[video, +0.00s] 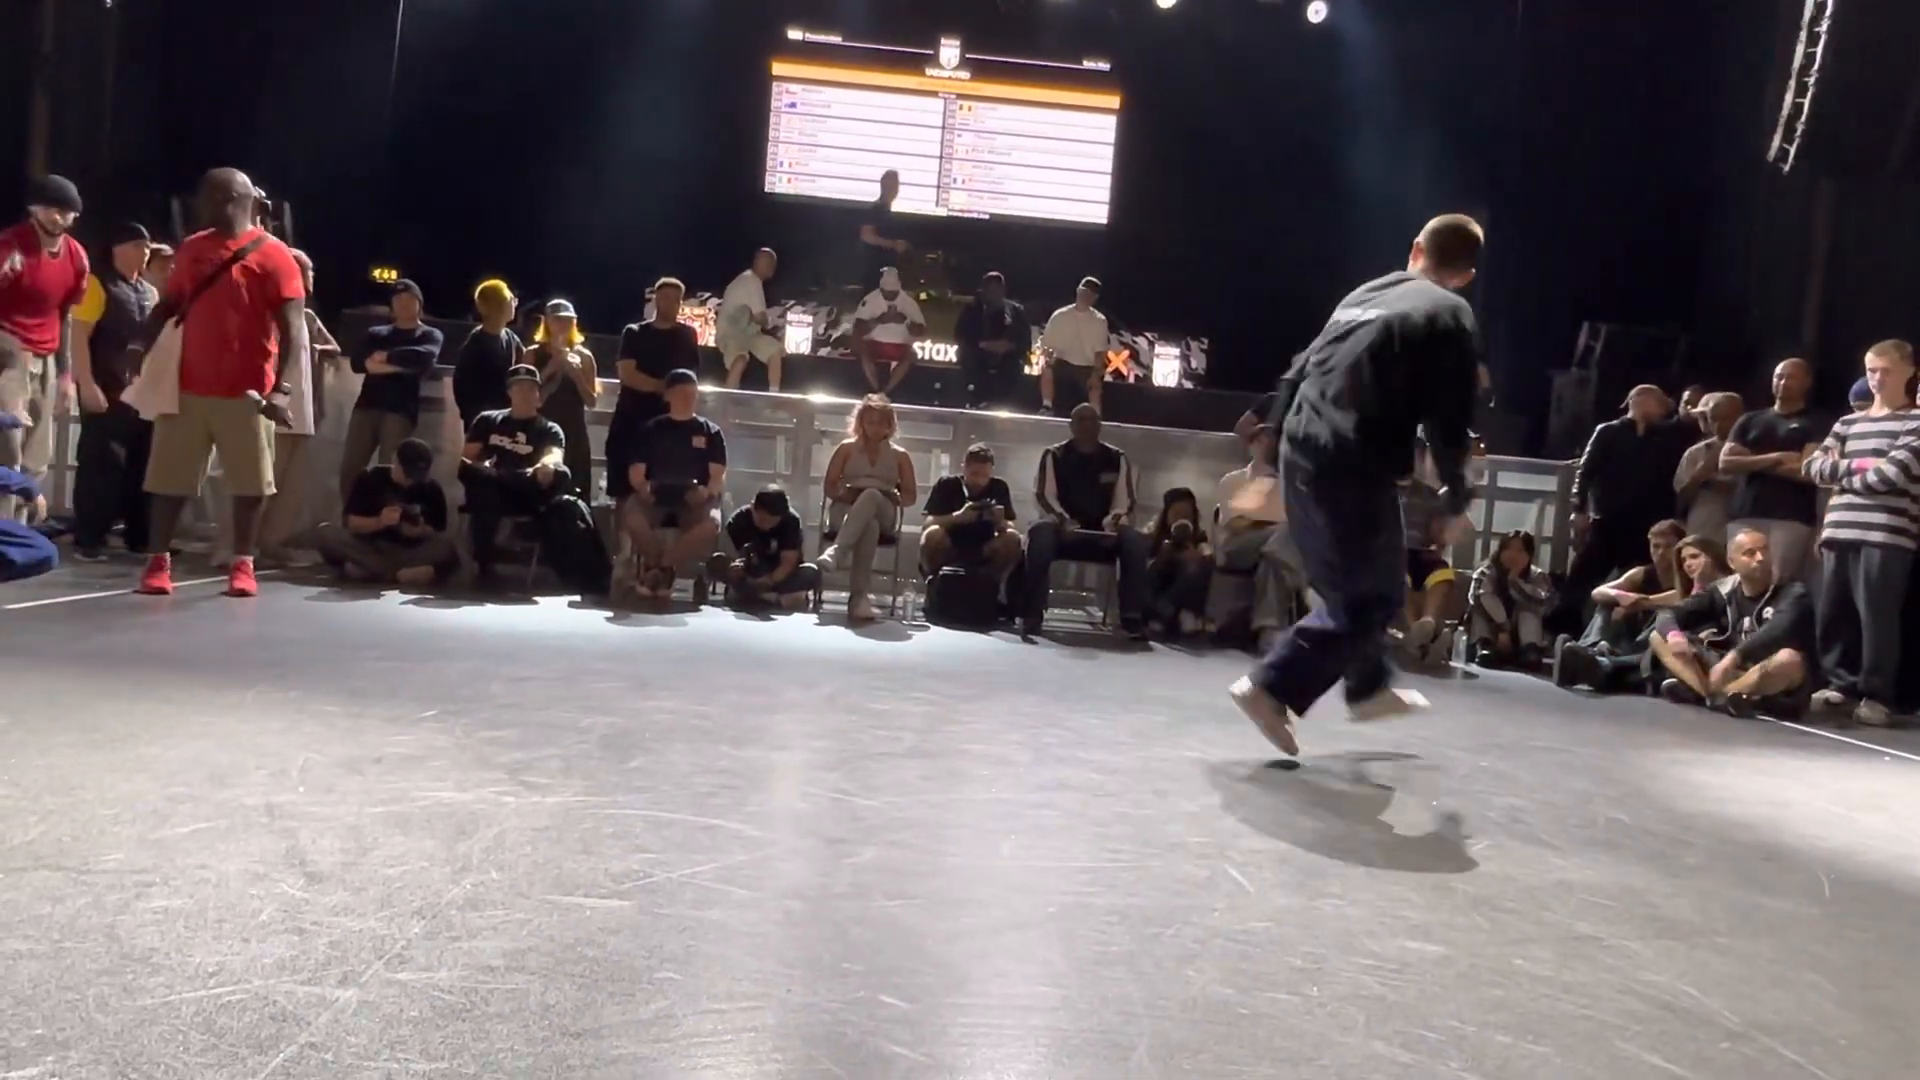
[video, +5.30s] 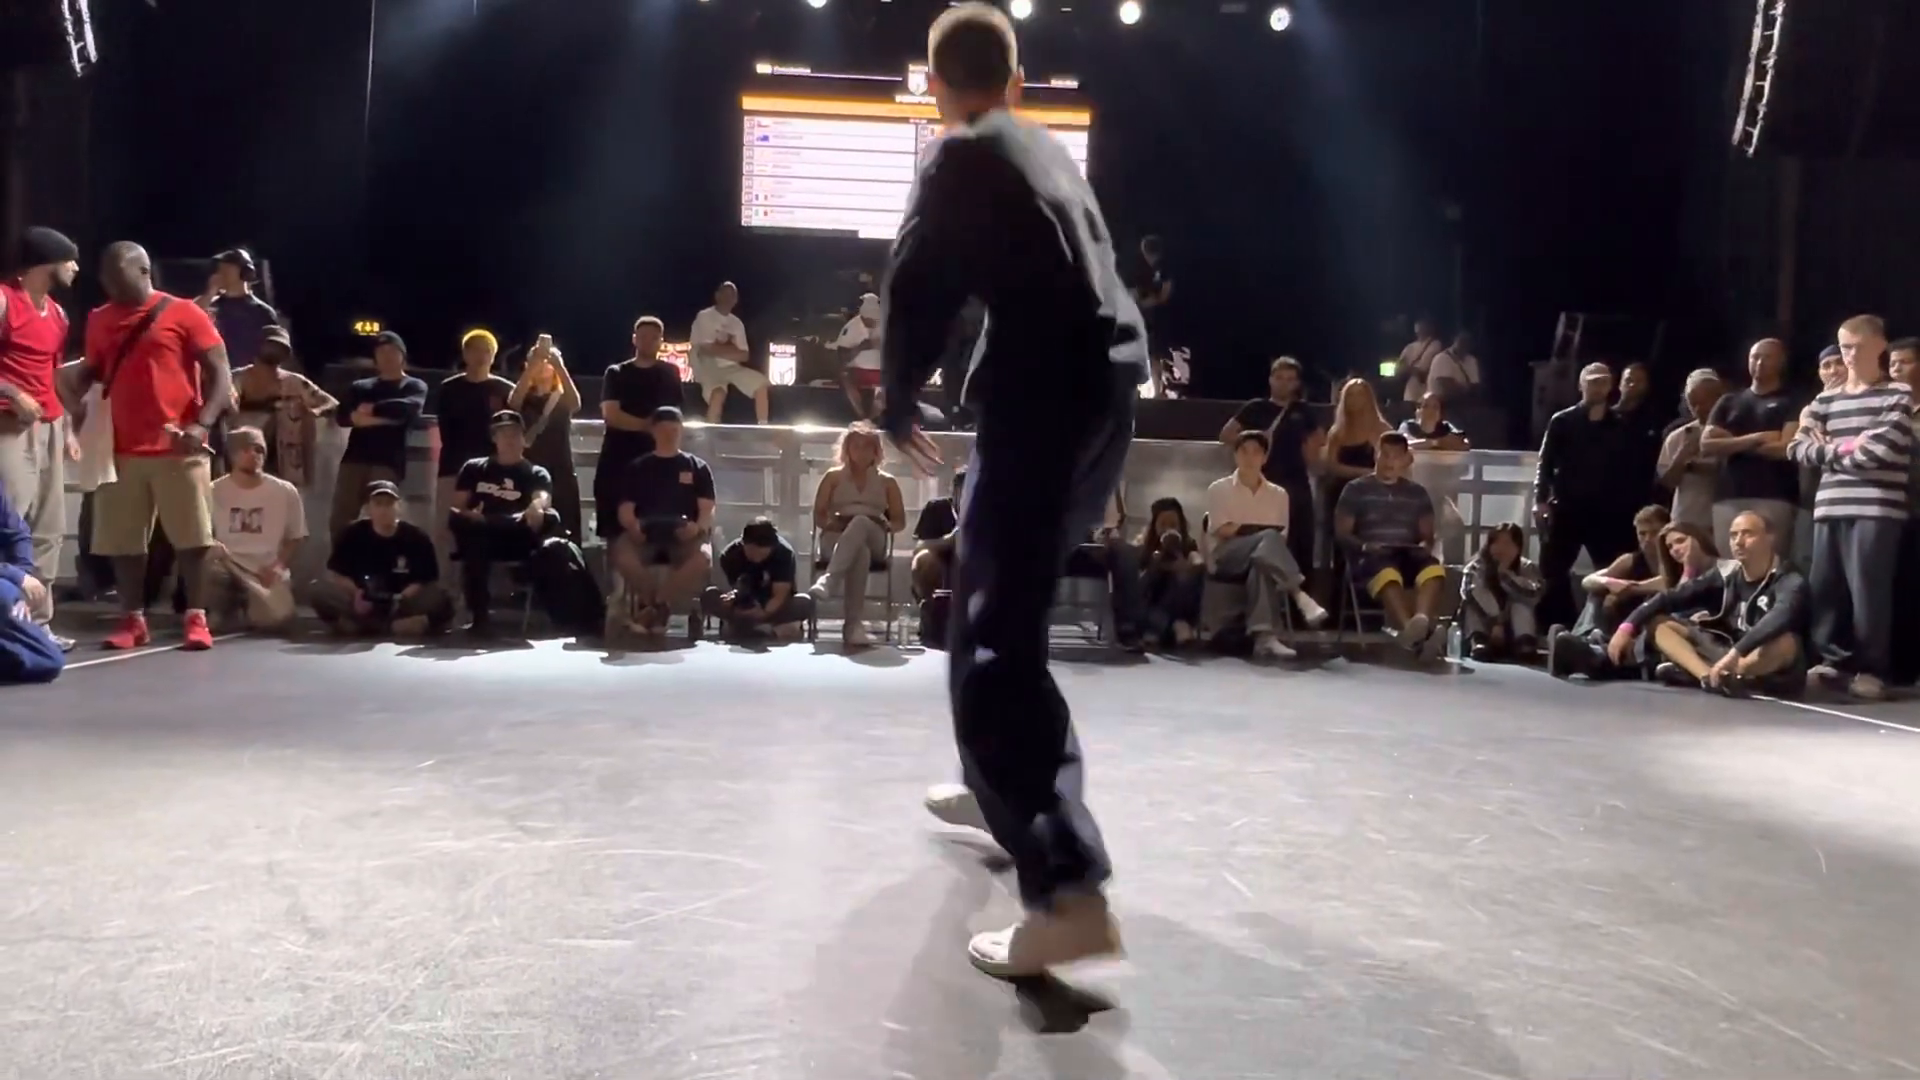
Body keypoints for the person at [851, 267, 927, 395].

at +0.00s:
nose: (890, 295)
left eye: (893, 292)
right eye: (886, 291)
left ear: (899, 288)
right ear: (880, 288)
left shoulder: (908, 302)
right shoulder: (870, 300)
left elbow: (920, 331)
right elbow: (858, 329)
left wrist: (905, 321)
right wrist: (880, 320)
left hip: (900, 346)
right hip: (874, 344)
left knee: (910, 356)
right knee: (864, 354)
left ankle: (886, 391)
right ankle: (877, 391)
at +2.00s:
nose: (890, 297)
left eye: (894, 294)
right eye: (887, 294)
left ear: (899, 291)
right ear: (881, 290)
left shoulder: (908, 303)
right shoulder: (870, 301)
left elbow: (918, 333)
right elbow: (858, 331)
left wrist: (904, 322)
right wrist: (878, 322)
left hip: (900, 347)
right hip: (873, 345)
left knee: (910, 358)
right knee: (863, 354)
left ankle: (885, 393)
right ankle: (875, 392)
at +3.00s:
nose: (876, 305)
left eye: (880, 301)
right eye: (873, 301)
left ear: (885, 298)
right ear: (867, 298)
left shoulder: (894, 310)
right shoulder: (856, 309)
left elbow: (905, 340)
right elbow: (845, 339)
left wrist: (891, 330)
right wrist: (866, 330)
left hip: (887, 354)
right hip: (860, 352)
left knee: (897, 365)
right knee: (851, 362)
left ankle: (874, 401)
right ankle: (863, 398)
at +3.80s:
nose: (859, 303)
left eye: (862, 300)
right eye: (855, 300)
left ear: (867, 296)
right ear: (849, 296)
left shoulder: (876, 307)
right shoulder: (840, 307)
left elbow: (890, 337)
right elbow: (828, 339)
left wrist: (875, 327)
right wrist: (849, 328)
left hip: (871, 353)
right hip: (845, 351)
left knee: (882, 364)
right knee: (833, 357)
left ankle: (858, 400)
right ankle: (849, 398)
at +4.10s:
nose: (861, 313)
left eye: (865, 310)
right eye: (857, 310)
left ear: (870, 307)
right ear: (851, 306)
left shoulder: (879, 319)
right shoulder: (841, 318)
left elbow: (891, 347)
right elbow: (831, 349)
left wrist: (876, 338)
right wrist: (850, 338)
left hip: (873, 363)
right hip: (847, 361)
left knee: (883, 374)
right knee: (836, 371)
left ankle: (860, 411)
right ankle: (852, 410)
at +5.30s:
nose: (873, 323)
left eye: (876, 319)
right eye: (870, 319)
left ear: (879, 317)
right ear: (862, 316)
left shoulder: (883, 326)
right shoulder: (852, 328)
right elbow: (842, 357)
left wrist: (881, 343)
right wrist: (862, 346)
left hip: (880, 374)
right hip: (859, 373)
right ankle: (862, 416)